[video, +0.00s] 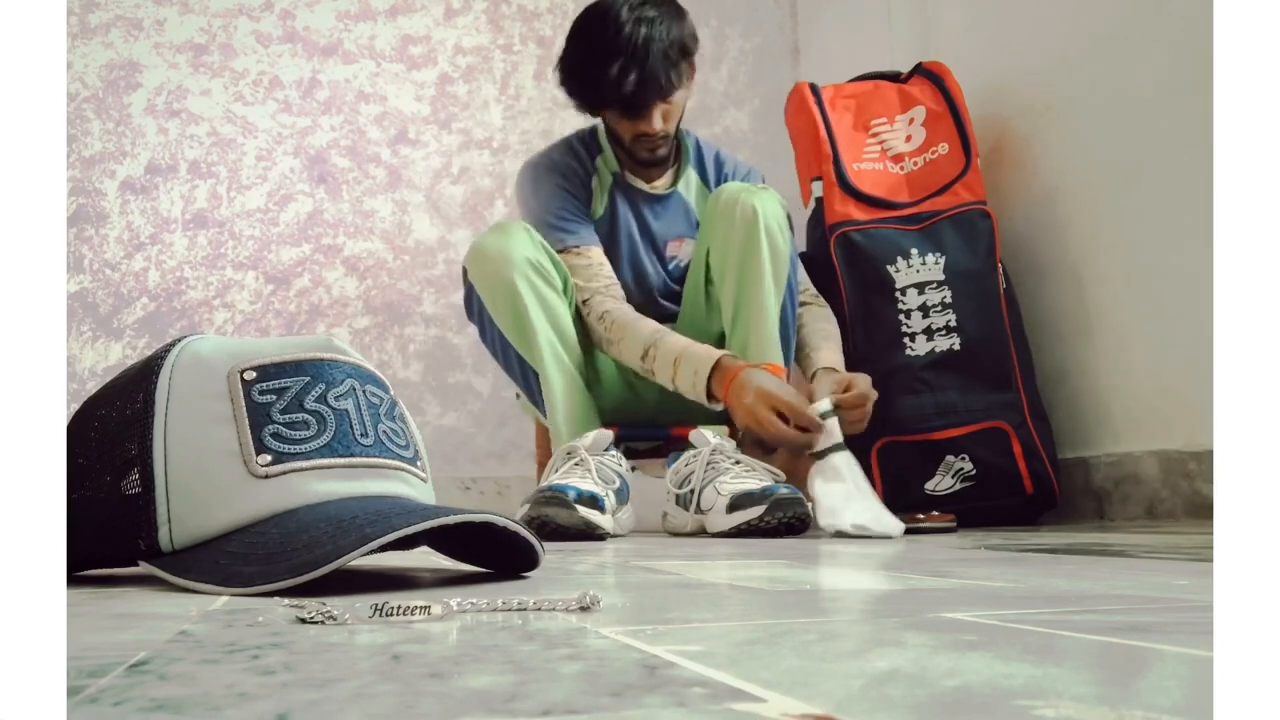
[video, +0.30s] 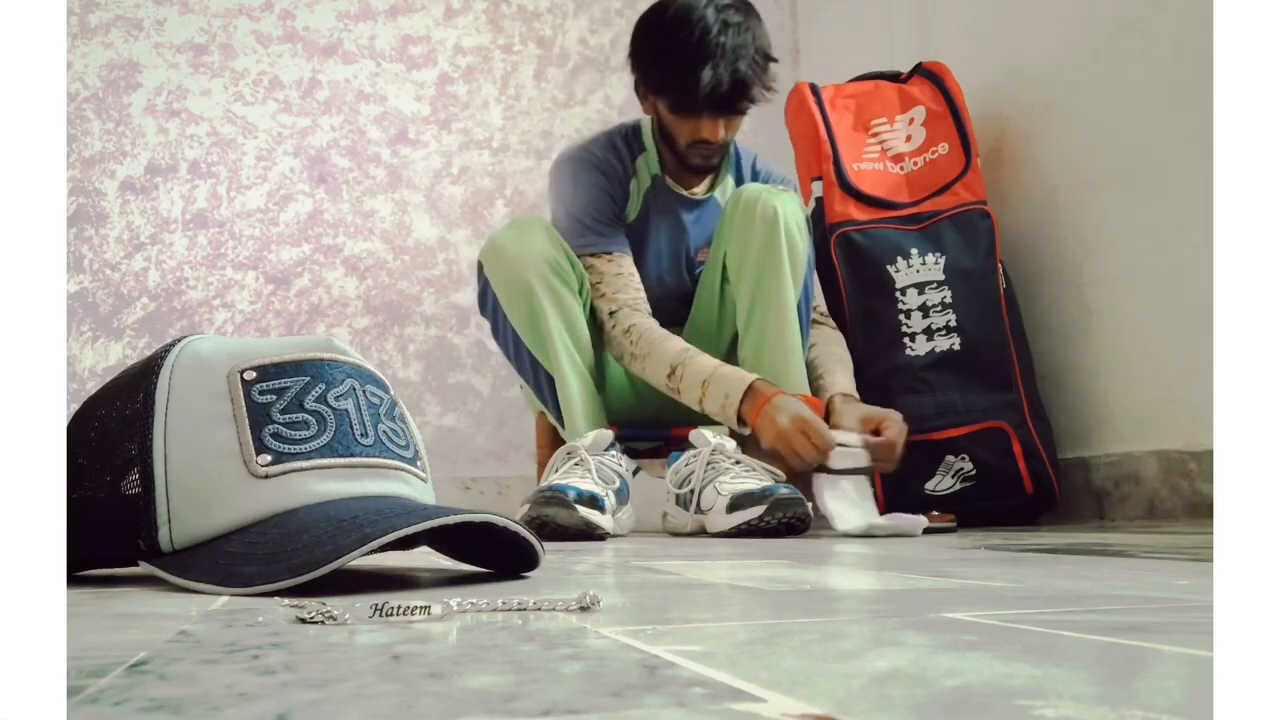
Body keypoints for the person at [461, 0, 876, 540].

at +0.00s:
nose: (654, 127)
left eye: (667, 102)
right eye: (630, 110)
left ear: (689, 76)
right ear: (593, 98)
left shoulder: (731, 180)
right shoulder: (554, 177)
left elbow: (803, 300)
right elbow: (607, 318)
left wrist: (827, 375)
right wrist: (725, 379)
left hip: (701, 385)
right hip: (604, 383)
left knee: (750, 203)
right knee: (499, 249)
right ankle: (584, 462)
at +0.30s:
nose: (712, 134)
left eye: (730, 112)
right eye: (691, 112)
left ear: (749, 98)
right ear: (649, 97)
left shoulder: (766, 188)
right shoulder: (590, 171)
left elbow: (814, 321)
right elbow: (628, 331)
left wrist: (843, 405)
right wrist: (755, 400)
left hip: (713, 389)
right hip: (613, 383)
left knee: (767, 204)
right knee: (516, 245)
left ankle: (721, 457)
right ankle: (591, 457)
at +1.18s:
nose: (708, 99)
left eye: (724, 76)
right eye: (685, 77)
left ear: (741, 79)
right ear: (640, 81)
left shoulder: (757, 185)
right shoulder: (586, 173)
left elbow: (804, 326)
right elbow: (637, 331)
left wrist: (846, 428)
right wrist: (750, 427)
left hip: (709, 387)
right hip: (611, 381)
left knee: (761, 203)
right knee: (508, 249)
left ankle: (719, 462)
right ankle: (589, 455)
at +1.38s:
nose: (670, 98)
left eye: (682, 75)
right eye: (647, 80)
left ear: (700, 76)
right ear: (607, 90)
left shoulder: (737, 189)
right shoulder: (566, 183)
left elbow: (795, 320)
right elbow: (615, 332)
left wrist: (826, 419)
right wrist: (717, 416)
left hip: (705, 381)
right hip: (604, 378)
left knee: (757, 204)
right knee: (502, 250)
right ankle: (591, 461)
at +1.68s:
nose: (626, 90)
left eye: (637, 67)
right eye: (601, 82)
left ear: (663, 75)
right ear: (578, 112)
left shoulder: (710, 188)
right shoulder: (553, 191)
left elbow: (755, 330)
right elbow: (611, 330)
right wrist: (701, 412)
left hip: (697, 379)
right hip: (597, 379)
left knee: (741, 187)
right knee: (496, 253)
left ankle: (720, 460)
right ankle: (591, 460)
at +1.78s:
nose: (613, 91)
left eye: (622, 71)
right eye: (589, 85)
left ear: (647, 81)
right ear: (567, 118)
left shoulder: (703, 190)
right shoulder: (547, 195)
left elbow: (765, 319)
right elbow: (606, 321)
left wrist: (814, 414)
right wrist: (695, 404)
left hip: (694, 379)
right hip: (594, 382)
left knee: (728, 183)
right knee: (491, 254)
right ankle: (586, 461)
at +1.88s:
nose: (603, 92)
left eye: (612, 72)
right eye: (579, 86)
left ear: (636, 86)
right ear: (556, 123)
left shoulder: (695, 190)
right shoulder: (537, 200)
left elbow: (759, 322)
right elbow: (598, 318)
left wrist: (813, 406)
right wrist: (691, 387)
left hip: (690, 380)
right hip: (593, 383)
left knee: (718, 179)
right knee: (485, 256)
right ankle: (588, 460)